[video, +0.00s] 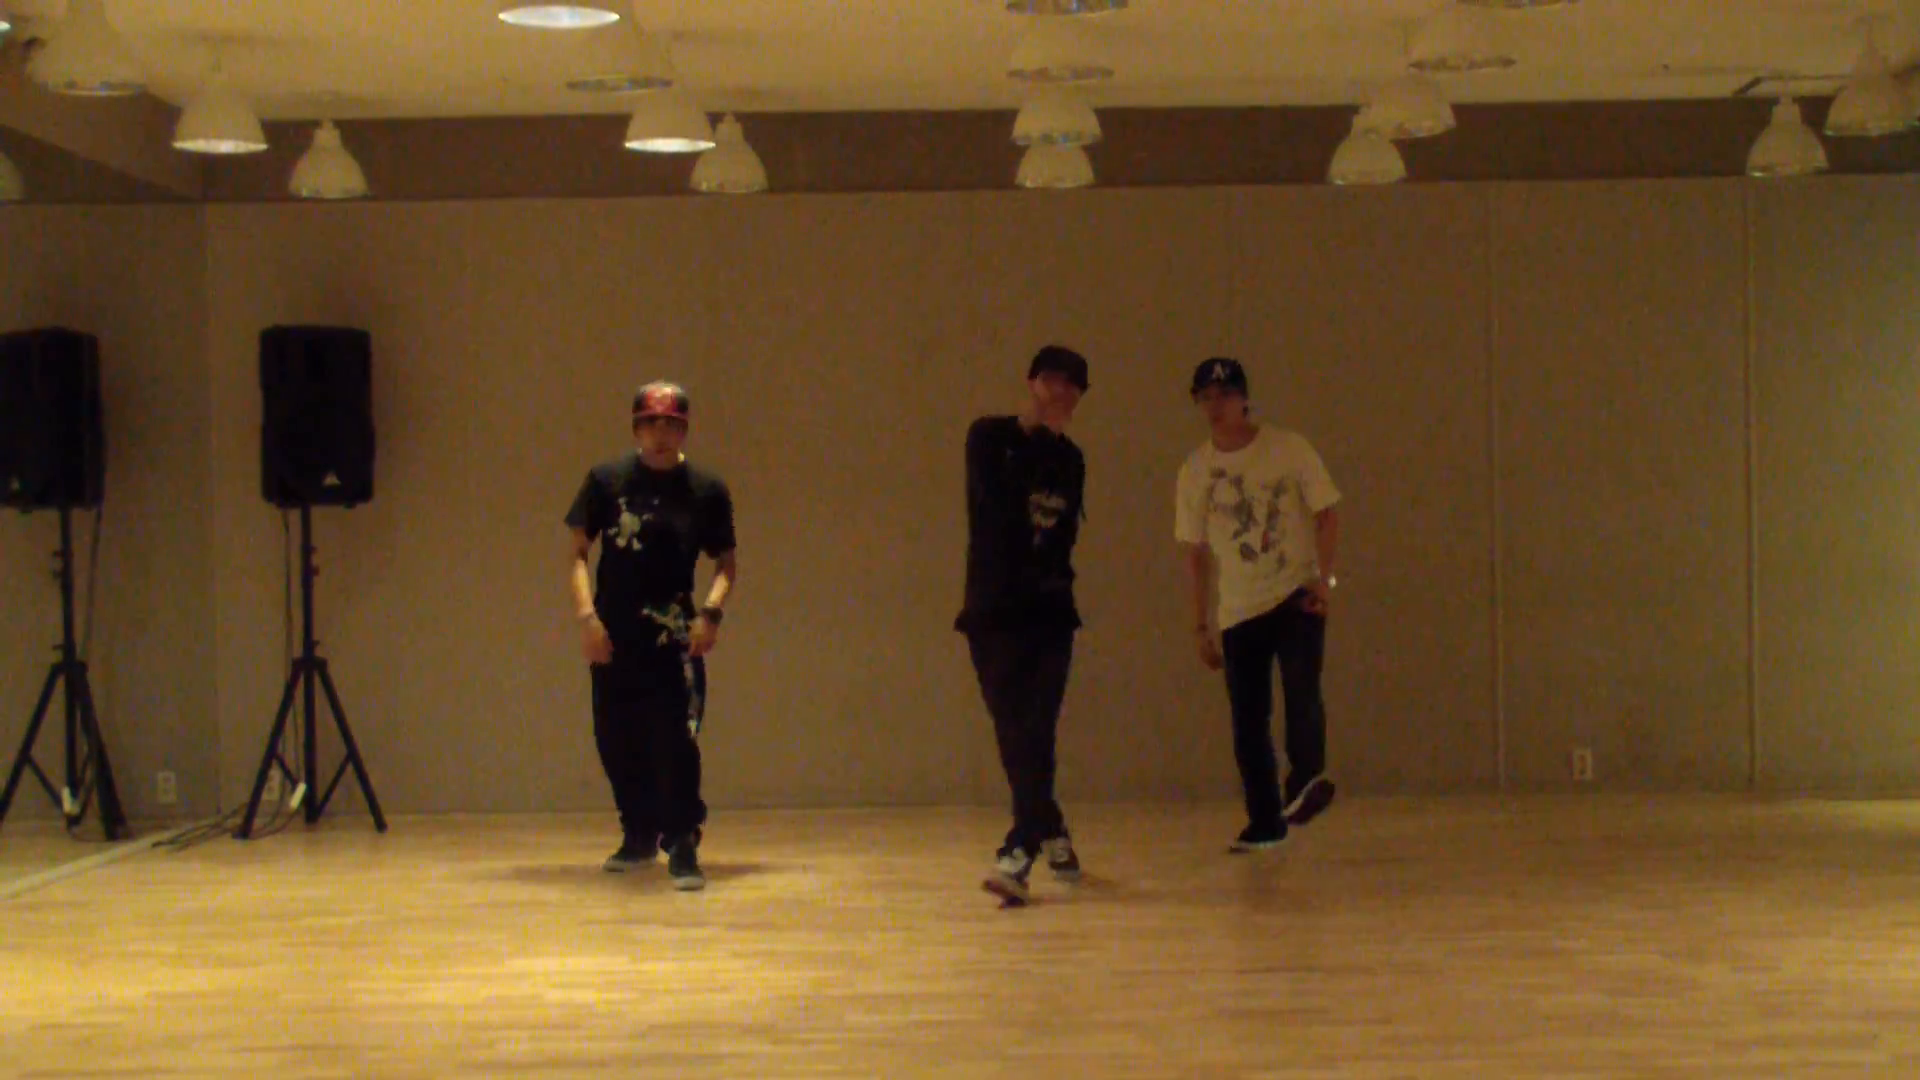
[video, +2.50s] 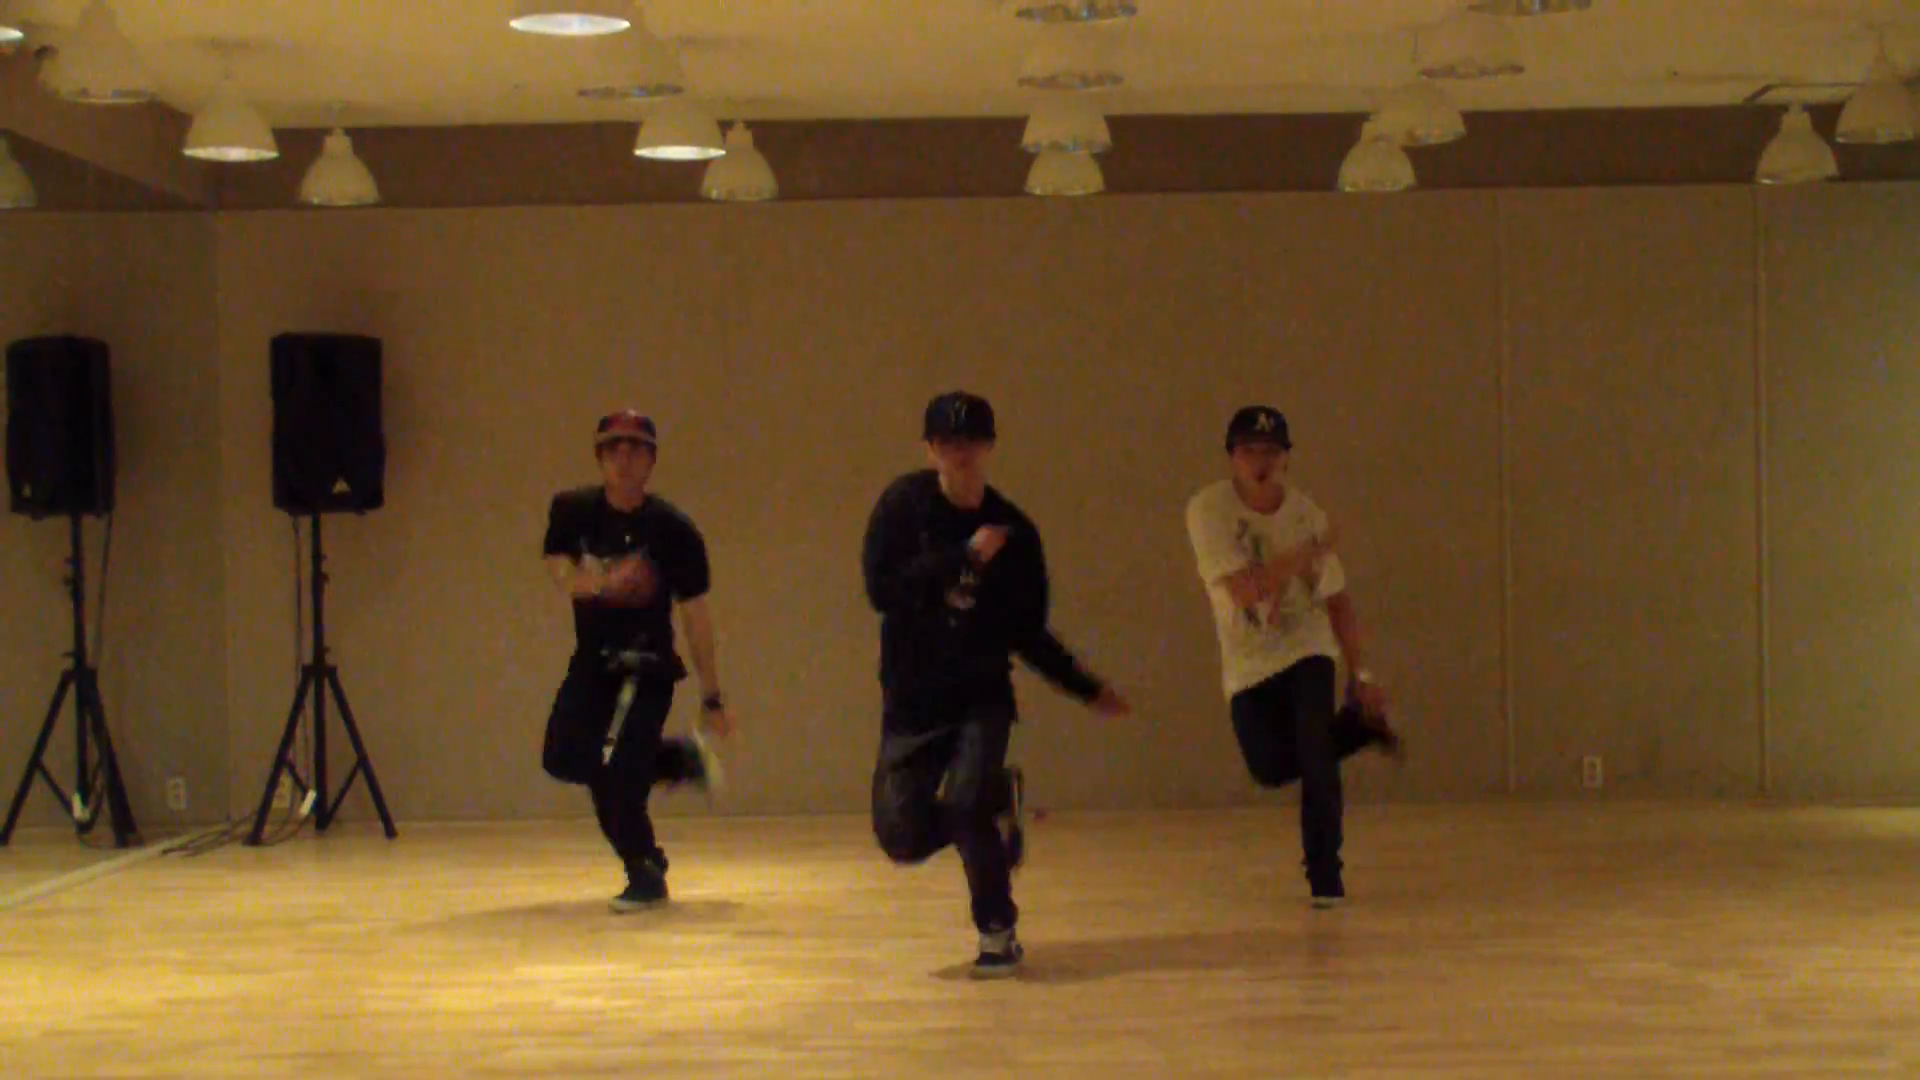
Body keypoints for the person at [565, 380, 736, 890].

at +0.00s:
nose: (660, 434)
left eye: (670, 425)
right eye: (650, 424)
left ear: (685, 431)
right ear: (635, 430)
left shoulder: (706, 492)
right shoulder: (606, 483)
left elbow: (725, 563)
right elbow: (577, 553)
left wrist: (711, 613)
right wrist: (587, 616)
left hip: (674, 639)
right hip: (616, 636)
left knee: (676, 741)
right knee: (619, 741)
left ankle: (683, 845)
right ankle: (638, 836)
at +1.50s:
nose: (658, 429)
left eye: (667, 420)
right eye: (650, 421)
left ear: (686, 425)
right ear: (637, 427)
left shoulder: (714, 478)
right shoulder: (619, 480)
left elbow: (744, 531)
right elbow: (606, 540)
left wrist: (733, 589)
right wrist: (601, 582)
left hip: (699, 631)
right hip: (638, 628)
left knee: (696, 737)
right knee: (643, 739)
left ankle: (698, 830)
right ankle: (652, 839)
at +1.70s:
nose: (654, 439)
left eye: (663, 431)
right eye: (644, 431)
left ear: (681, 440)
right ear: (632, 440)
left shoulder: (704, 493)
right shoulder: (610, 494)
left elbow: (726, 568)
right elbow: (588, 572)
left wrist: (705, 537)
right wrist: (594, 537)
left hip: (680, 629)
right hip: (624, 630)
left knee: (659, 709)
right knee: (625, 736)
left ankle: (682, 802)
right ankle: (651, 841)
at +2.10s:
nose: (640, 465)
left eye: (650, 456)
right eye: (631, 456)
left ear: (667, 465)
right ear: (617, 466)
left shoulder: (679, 519)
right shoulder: (600, 514)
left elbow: (695, 505)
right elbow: (579, 505)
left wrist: (711, 481)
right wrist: (562, 489)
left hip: (662, 637)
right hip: (604, 642)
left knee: (643, 700)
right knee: (603, 751)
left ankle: (617, 783)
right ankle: (652, 832)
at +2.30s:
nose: (620, 452)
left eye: (630, 443)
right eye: (610, 444)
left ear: (648, 453)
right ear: (598, 455)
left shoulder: (681, 508)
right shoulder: (578, 513)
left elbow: (746, 553)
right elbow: (523, 562)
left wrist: (807, 595)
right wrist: (488, 582)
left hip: (661, 647)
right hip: (601, 645)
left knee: (637, 745)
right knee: (583, 745)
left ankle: (649, 868)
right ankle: (595, 867)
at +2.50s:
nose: (624, 458)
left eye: (635, 448)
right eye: (614, 448)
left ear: (652, 460)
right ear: (599, 457)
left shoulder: (674, 530)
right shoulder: (571, 512)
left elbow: (697, 617)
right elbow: (563, 580)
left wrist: (712, 695)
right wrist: (605, 582)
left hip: (649, 663)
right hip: (593, 657)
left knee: (617, 769)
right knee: (562, 757)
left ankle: (645, 871)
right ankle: (673, 760)